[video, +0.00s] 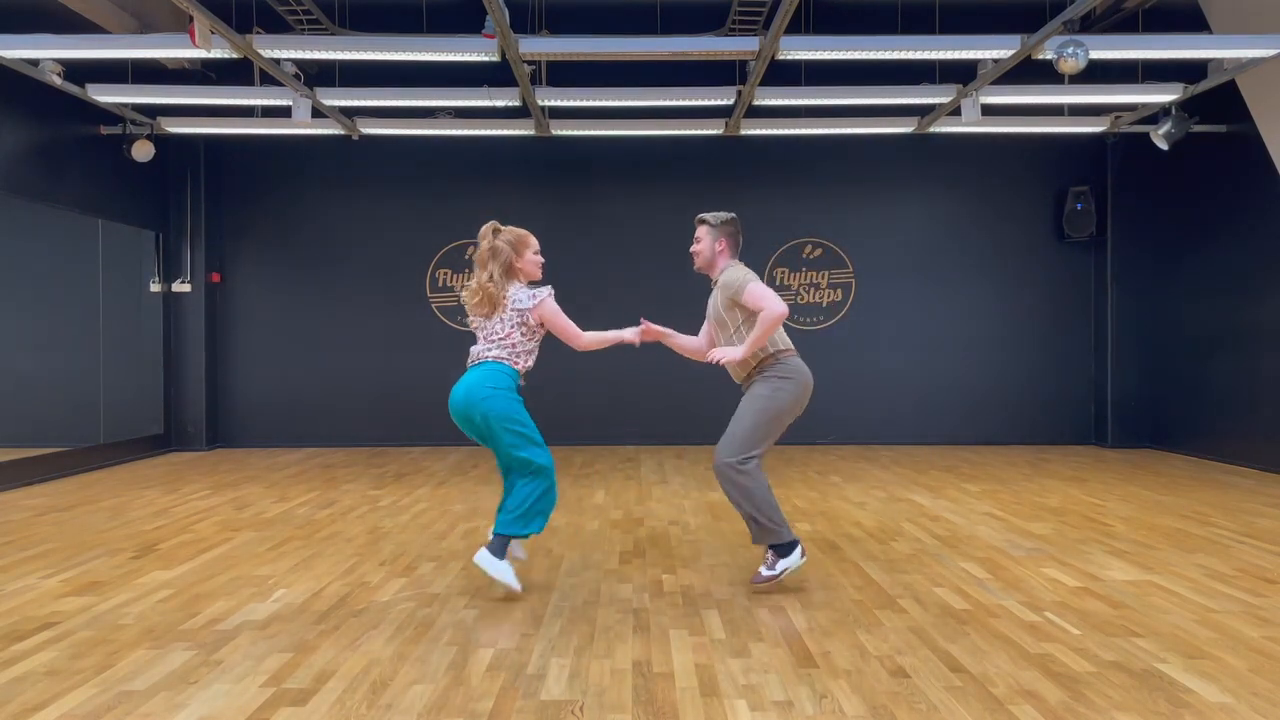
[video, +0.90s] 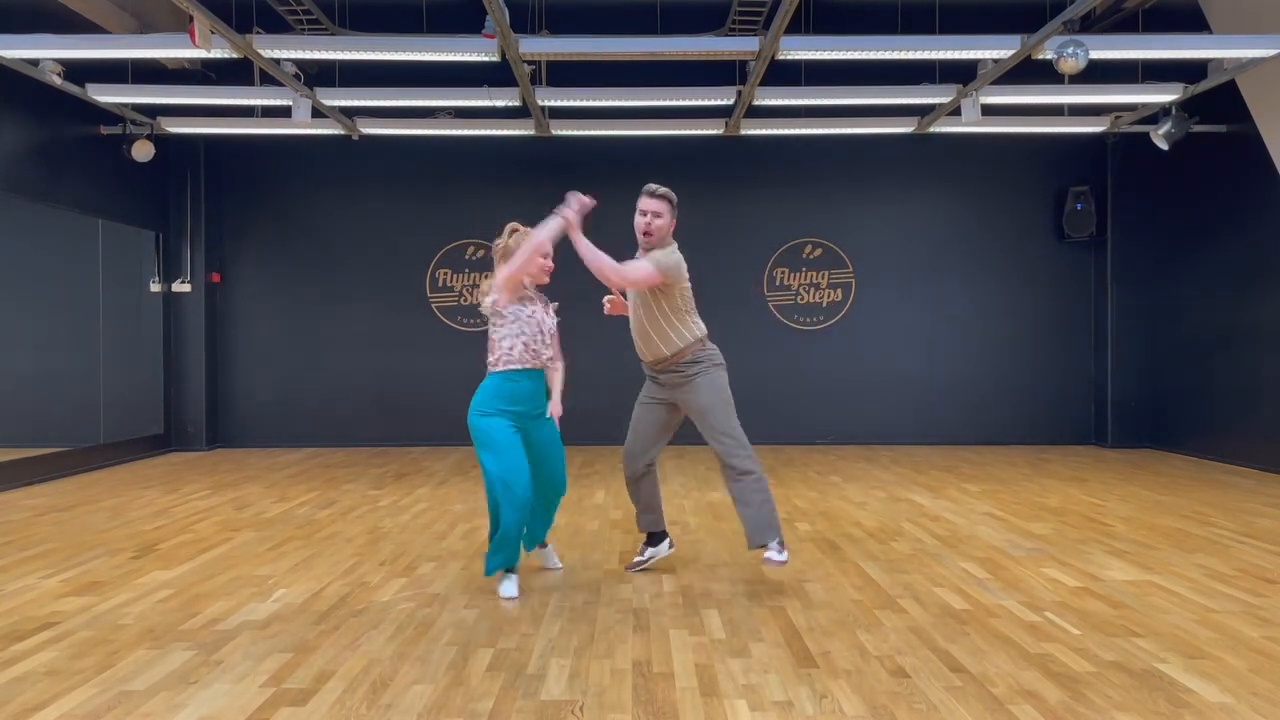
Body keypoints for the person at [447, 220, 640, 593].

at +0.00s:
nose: (542, 258)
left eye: (540, 252)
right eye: (535, 253)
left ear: (507, 263)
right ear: (514, 261)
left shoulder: (488, 296)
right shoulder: (536, 299)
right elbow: (581, 340)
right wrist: (624, 335)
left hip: (464, 393)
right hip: (494, 390)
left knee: (516, 463)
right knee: (538, 467)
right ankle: (495, 551)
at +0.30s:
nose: (535, 253)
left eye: (533, 247)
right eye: (528, 248)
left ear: (516, 253)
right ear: (507, 254)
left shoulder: (525, 300)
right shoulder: (493, 288)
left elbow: (555, 345)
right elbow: (526, 326)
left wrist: (594, 326)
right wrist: (584, 323)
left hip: (510, 398)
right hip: (474, 399)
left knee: (546, 466)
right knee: (522, 462)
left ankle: (503, 536)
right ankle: (505, 549)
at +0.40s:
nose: (533, 263)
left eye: (532, 256)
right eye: (527, 257)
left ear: (508, 263)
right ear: (504, 261)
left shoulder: (531, 306)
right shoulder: (481, 301)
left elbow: (562, 351)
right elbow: (516, 333)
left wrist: (598, 373)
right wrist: (573, 329)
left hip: (522, 402)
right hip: (483, 405)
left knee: (533, 476)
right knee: (517, 472)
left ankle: (508, 549)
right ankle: (503, 559)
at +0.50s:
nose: (535, 258)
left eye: (534, 251)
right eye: (529, 252)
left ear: (512, 258)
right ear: (508, 257)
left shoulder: (524, 301)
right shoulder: (499, 296)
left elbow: (532, 362)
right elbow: (554, 319)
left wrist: (557, 397)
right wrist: (608, 311)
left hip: (520, 401)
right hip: (487, 404)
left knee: (542, 481)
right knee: (521, 484)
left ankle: (512, 550)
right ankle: (490, 567)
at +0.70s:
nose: (548, 267)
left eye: (545, 261)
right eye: (540, 263)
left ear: (515, 276)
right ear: (517, 274)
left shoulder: (488, 311)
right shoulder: (546, 311)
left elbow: (476, 366)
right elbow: (596, 347)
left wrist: (495, 400)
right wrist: (637, 336)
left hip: (490, 407)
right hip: (524, 405)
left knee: (543, 468)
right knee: (517, 494)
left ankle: (530, 552)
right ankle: (468, 578)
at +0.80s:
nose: (550, 267)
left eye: (549, 261)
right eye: (542, 262)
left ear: (521, 271)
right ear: (520, 270)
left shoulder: (503, 308)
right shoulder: (538, 305)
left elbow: (494, 366)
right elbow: (591, 323)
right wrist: (620, 299)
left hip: (499, 403)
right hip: (517, 404)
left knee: (547, 479)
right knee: (523, 490)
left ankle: (530, 554)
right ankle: (471, 579)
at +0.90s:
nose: (551, 263)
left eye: (551, 256)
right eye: (543, 256)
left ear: (546, 262)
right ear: (517, 261)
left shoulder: (546, 307)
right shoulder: (502, 295)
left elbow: (555, 359)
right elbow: (519, 258)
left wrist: (555, 398)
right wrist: (564, 216)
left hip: (537, 406)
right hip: (495, 406)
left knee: (553, 481)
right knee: (516, 485)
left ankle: (536, 538)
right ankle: (506, 569)